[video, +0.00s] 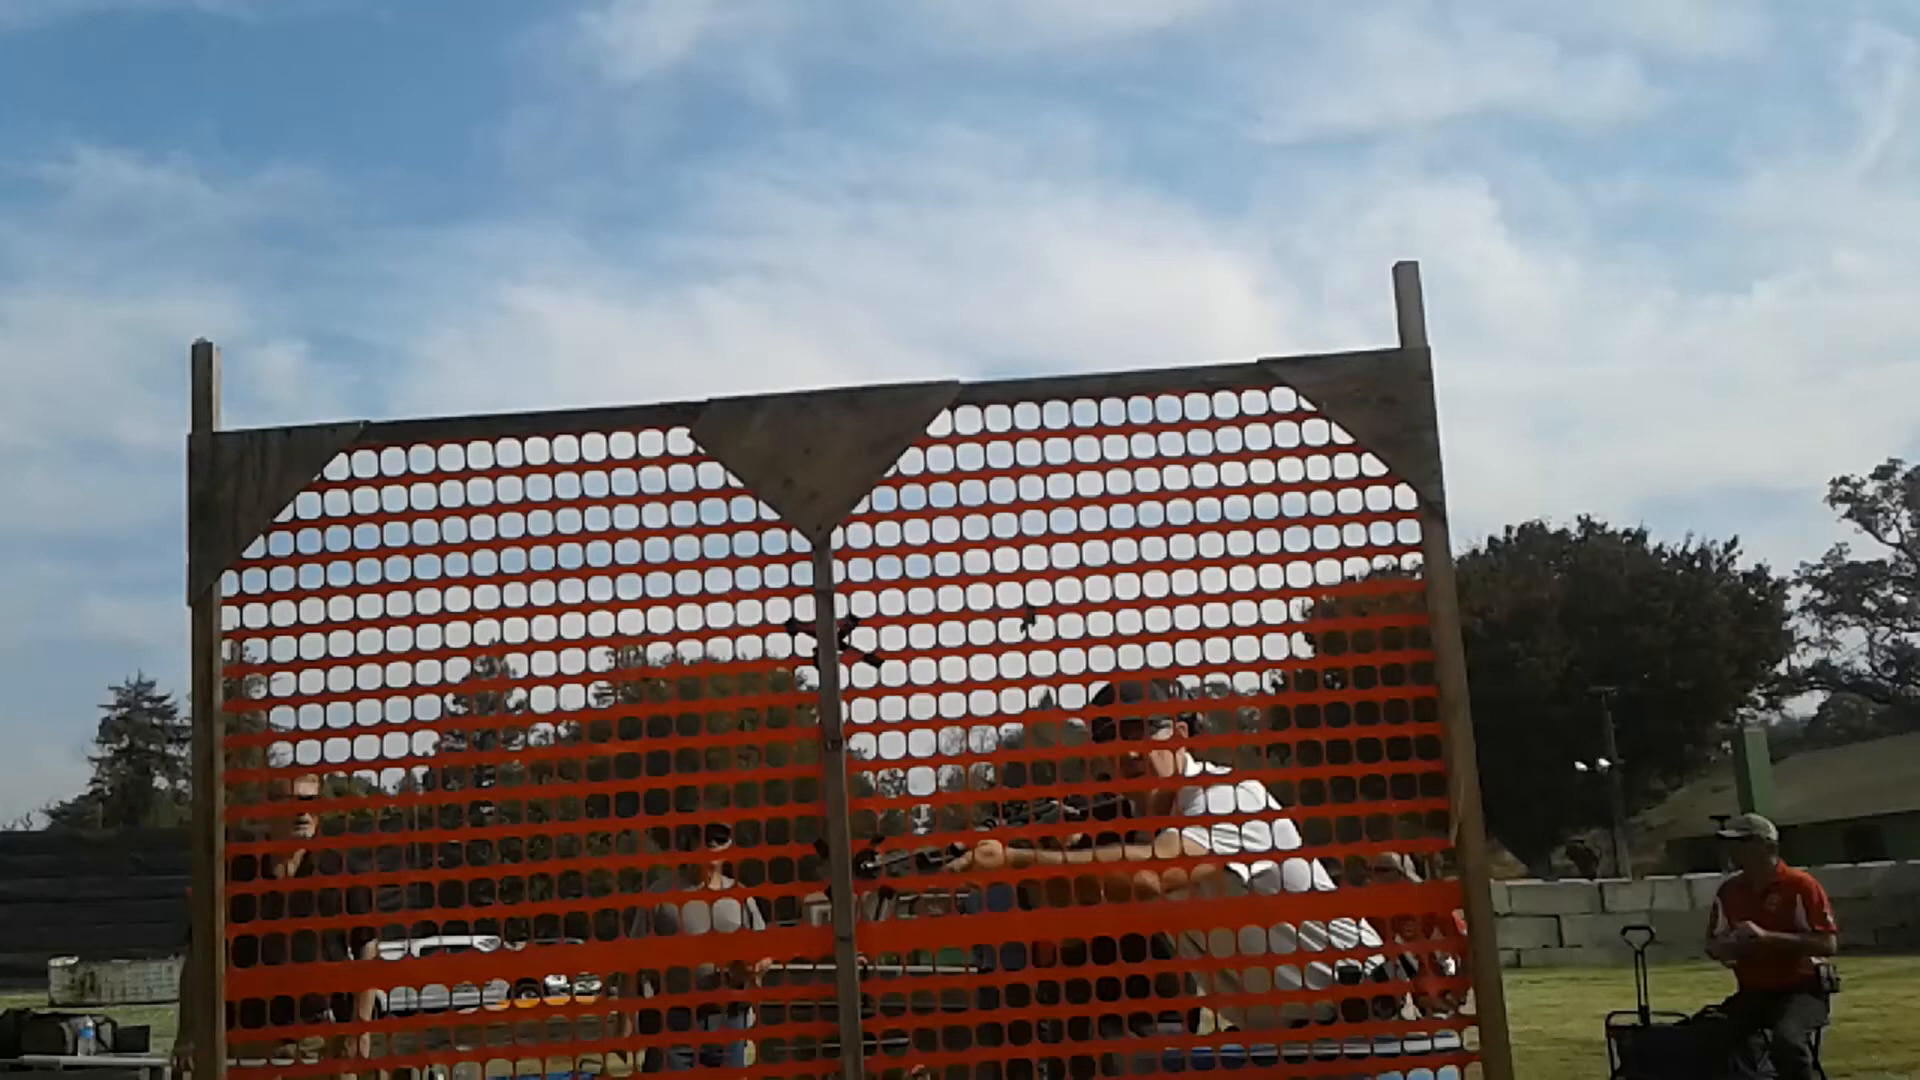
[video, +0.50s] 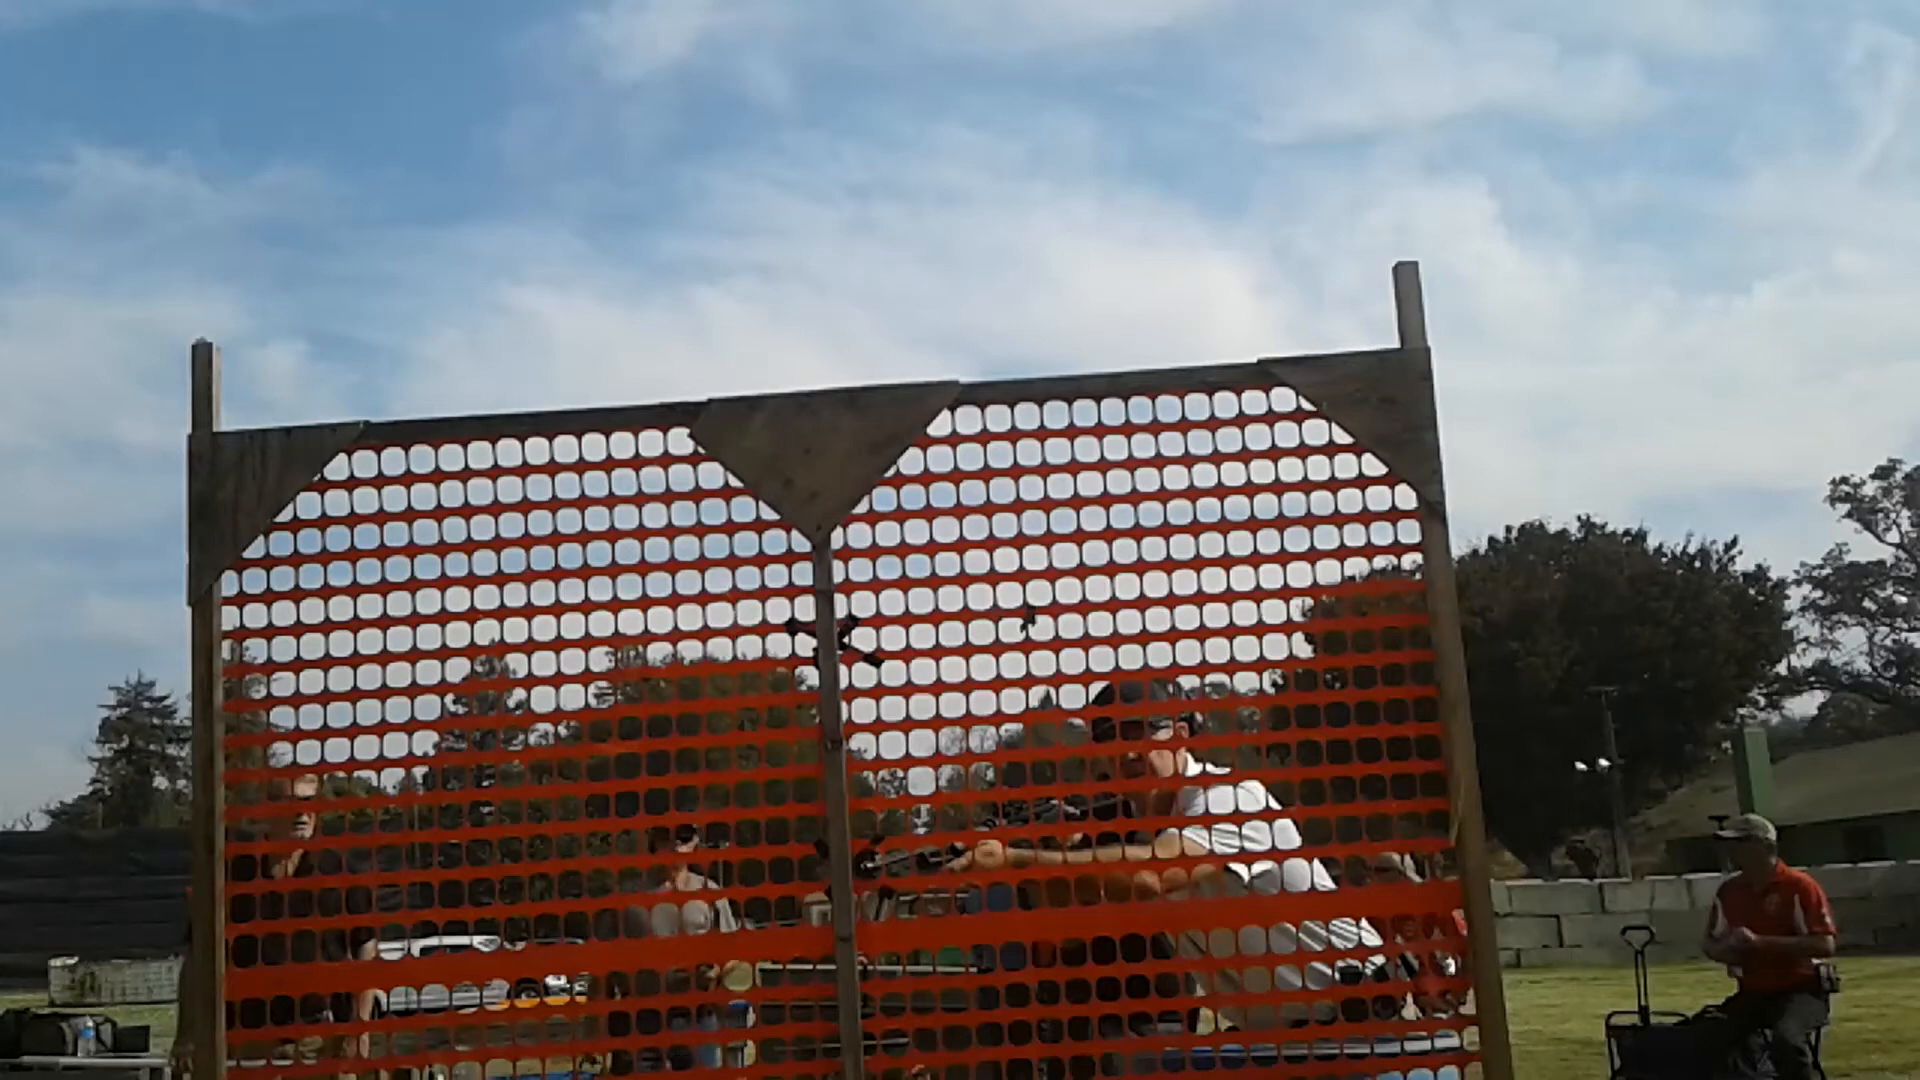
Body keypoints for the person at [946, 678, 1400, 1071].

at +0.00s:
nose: (1128, 756)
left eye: (1140, 736)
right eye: (1114, 746)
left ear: (1177, 733)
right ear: (1105, 757)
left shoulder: (1230, 794)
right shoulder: (1141, 839)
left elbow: (1154, 880)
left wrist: (1017, 863)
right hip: (1251, 1026)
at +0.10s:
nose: (1128, 753)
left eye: (1140, 734)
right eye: (1113, 743)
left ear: (1178, 733)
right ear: (1104, 756)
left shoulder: (1230, 793)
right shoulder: (1139, 838)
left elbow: (1153, 879)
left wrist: (1017, 863)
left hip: (1341, 1008)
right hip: (1257, 1030)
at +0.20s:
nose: (1129, 759)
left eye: (1139, 740)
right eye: (1114, 751)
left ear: (1177, 734)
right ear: (1107, 761)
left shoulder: (1229, 794)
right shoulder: (1144, 837)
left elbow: (1154, 879)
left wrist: (1018, 863)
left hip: (1336, 1004)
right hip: (1253, 1026)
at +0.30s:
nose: (1129, 758)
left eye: (1139, 739)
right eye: (1114, 750)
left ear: (1176, 734)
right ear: (1105, 761)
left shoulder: (1230, 794)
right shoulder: (1139, 839)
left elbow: (1153, 879)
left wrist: (1017, 863)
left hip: (1341, 1008)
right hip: (1255, 1029)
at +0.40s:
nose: (1130, 759)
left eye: (1140, 740)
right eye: (1115, 751)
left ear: (1176, 735)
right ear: (1107, 762)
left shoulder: (1230, 794)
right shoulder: (1141, 838)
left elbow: (1153, 879)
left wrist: (1017, 863)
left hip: (1338, 1002)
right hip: (1256, 1026)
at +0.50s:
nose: (1130, 764)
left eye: (1139, 746)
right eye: (1115, 757)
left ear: (1177, 736)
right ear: (1107, 766)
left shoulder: (1233, 795)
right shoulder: (1140, 840)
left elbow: (1153, 880)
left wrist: (1016, 863)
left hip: (1338, 1003)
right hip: (1257, 1028)